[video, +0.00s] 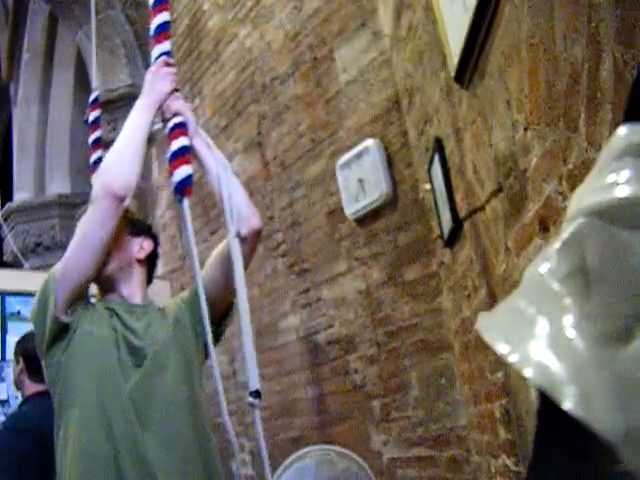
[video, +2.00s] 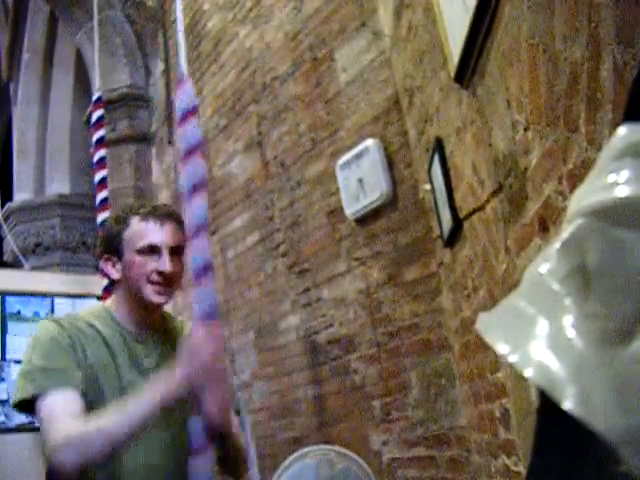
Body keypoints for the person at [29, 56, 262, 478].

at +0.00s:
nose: (100, 240)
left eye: (114, 231)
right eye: (100, 232)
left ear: (144, 248)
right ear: (87, 248)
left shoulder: (183, 320)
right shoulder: (66, 323)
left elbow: (247, 228)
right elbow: (111, 191)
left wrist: (195, 135)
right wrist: (148, 101)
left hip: (192, 470)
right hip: (93, 470)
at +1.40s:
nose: (148, 239)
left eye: (155, 231)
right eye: (137, 232)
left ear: (163, 244)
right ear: (108, 242)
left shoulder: (184, 331)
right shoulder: (65, 325)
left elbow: (251, 280)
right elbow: (126, 237)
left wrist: (193, 191)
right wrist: (142, 154)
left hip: (185, 471)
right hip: (94, 471)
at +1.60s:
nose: (153, 246)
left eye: (159, 235)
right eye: (136, 233)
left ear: (168, 249)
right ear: (97, 255)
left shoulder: (177, 326)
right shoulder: (58, 318)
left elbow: (252, 328)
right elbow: (127, 280)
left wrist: (200, 220)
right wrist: (149, 183)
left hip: (178, 471)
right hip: (90, 471)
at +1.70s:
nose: (152, 242)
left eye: (158, 235)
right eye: (135, 233)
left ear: (169, 251)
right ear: (104, 258)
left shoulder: (178, 334)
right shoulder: (53, 322)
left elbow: (252, 362)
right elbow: (119, 315)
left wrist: (204, 241)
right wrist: (157, 207)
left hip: (176, 472)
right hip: (85, 472)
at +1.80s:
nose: (160, 251)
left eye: (165, 241)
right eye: (143, 240)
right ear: (108, 259)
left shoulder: (180, 332)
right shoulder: (56, 321)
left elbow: (243, 402)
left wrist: (212, 280)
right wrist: (165, 243)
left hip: (175, 473)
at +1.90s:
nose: (163, 261)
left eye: (170, 248)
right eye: (148, 246)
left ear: (179, 256)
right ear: (111, 261)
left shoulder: (185, 332)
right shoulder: (60, 326)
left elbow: (237, 441)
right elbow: (86, 412)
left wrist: (217, 346)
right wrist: (170, 303)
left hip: (175, 473)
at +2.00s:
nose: (167, 267)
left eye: (175, 253)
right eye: (149, 252)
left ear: (184, 262)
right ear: (113, 266)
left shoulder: (190, 340)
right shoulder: (61, 337)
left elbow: (239, 467)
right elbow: (65, 452)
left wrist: (221, 423)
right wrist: (180, 375)